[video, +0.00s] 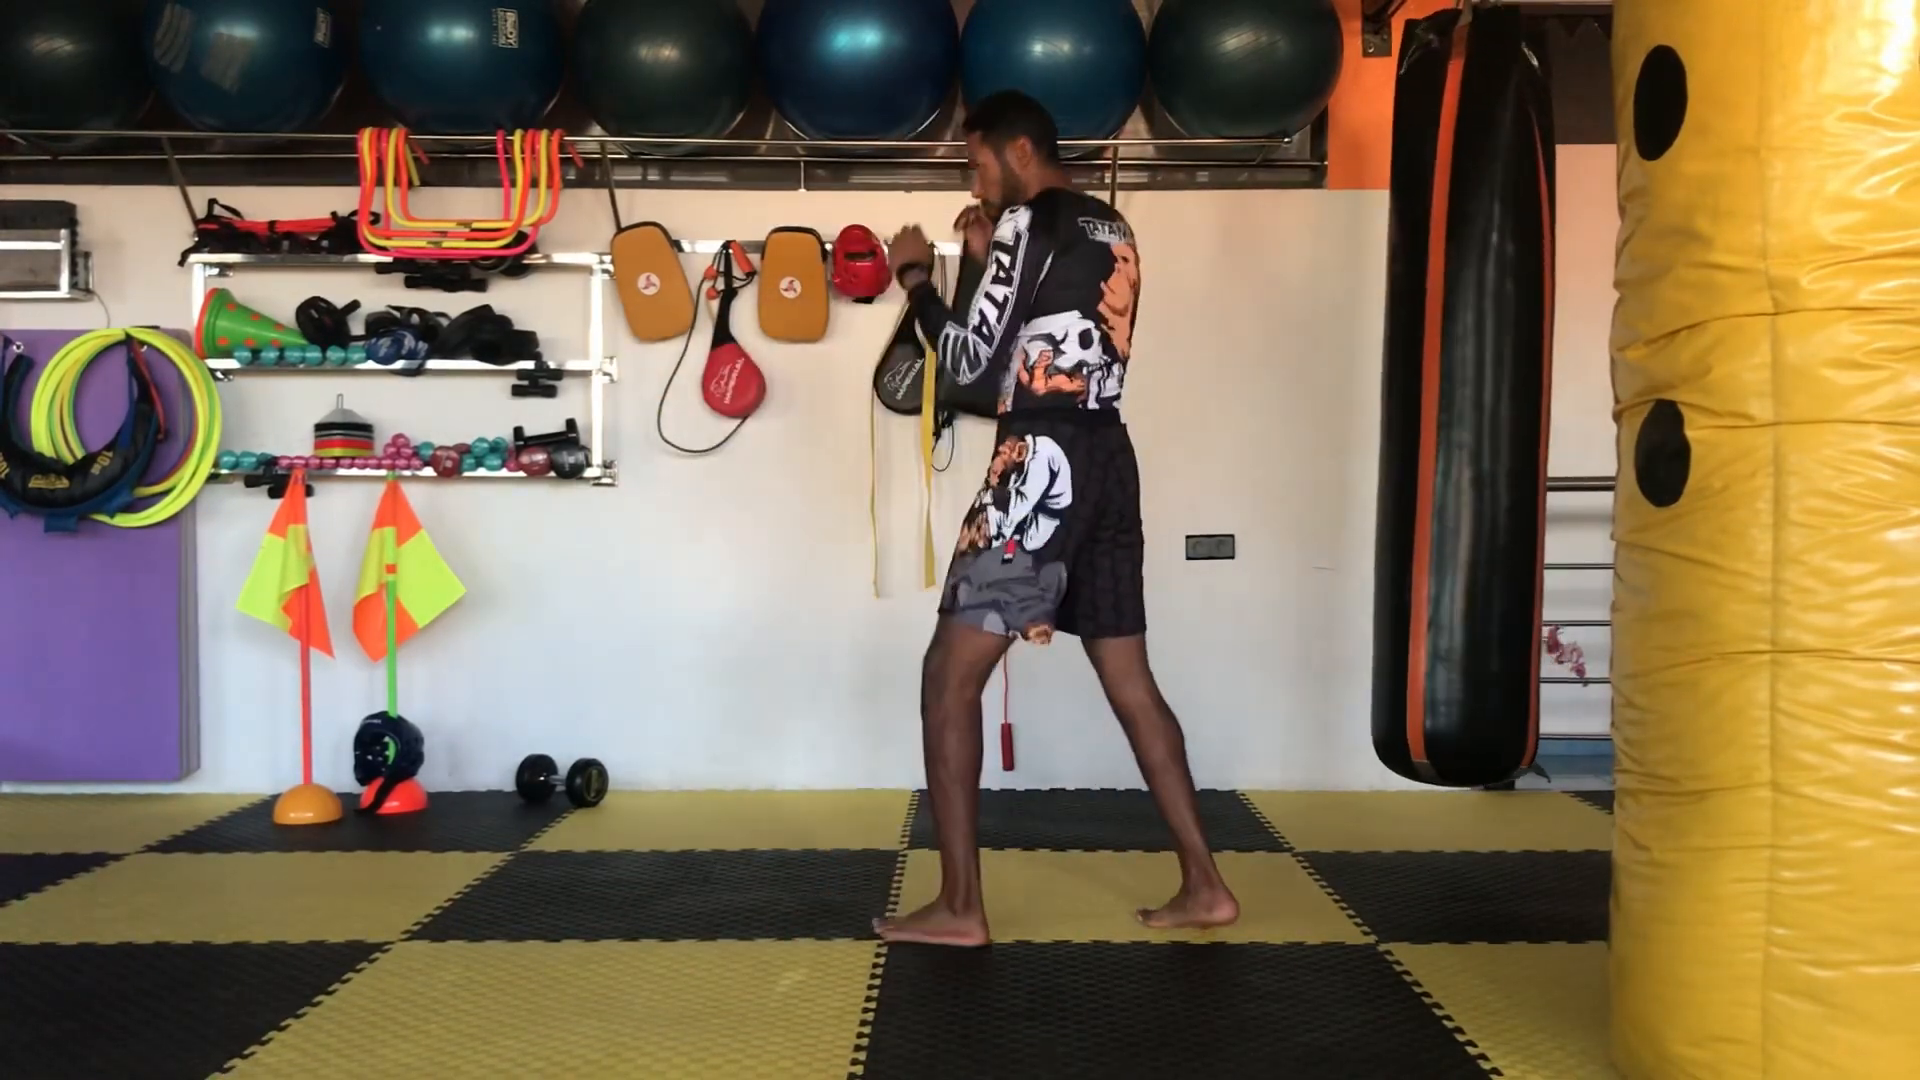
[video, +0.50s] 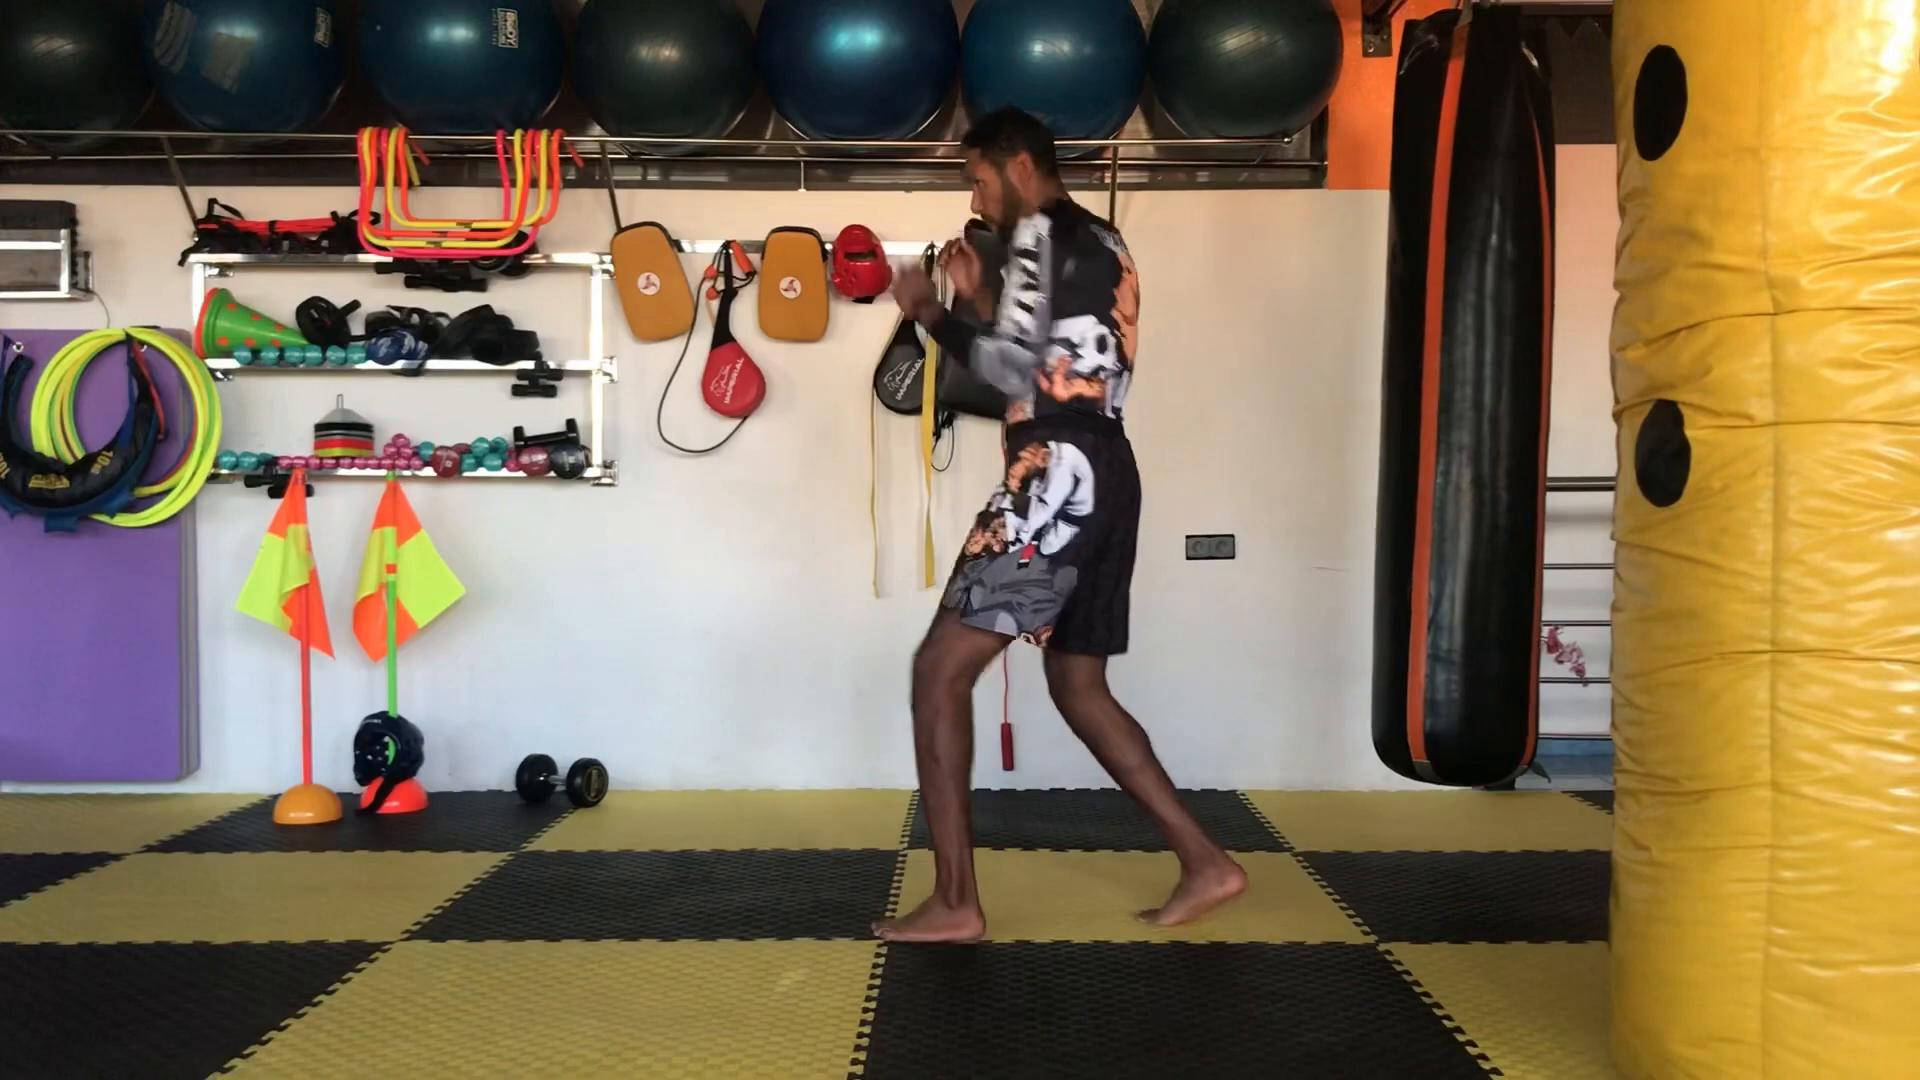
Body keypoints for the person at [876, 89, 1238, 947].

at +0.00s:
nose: (976, 180)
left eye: (977, 163)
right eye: (973, 166)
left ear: (1018, 151)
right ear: (1043, 150)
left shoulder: (1028, 225)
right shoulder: (1111, 228)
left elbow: (975, 361)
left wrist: (920, 282)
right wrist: (988, 262)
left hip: (1040, 465)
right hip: (1106, 464)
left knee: (951, 679)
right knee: (1133, 687)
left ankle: (959, 905)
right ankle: (1205, 883)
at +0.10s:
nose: (957, 190)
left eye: (959, 171)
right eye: (953, 173)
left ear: (1001, 161)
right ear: (1022, 160)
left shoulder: (1009, 236)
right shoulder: (1099, 236)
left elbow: (976, 379)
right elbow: (1068, 365)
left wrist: (909, 313)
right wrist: (976, 282)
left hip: (1031, 476)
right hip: (1098, 474)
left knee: (941, 683)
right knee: (1116, 687)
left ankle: (957, 907)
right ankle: (1204, 882)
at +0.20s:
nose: (948, 188)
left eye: (951, 169)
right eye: (945, 171)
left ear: (992, 158)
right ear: (1013, 157)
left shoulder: (1001, 230)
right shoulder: (1089, 233)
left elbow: (967, 373)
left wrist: (900, 304)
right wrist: (963, 282)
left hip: (1026, 464)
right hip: (1092, 462)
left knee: (945, 681)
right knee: (1096, 675)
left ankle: (958, 908)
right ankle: (1196, 865)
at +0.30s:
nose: (958, 182)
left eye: (958, 167)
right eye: (954, 168)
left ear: (996, 152)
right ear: (1022, 149)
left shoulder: (1001, 217)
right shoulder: (1091, 225)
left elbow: (933, 337)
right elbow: (1038, 331)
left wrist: (885, 268)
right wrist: (973, 249)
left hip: (1026, 459)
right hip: (1091, 456)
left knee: (954, 680)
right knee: (1080, 667)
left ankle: (958, 906)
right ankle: (1191, 847)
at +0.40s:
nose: (966, 181)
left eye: (966, 165)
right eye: (961, 167)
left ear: (1004, 152)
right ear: (1033, 149)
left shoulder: (1012, 216)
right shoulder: (1101, 226)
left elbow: (945, 333)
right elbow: (1048, 327)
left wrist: (901, 260)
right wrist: (984, 251)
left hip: (1033, 462)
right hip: (1095, 460)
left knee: (957, 677)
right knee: (1074, 671)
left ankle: (957, 907)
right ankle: (1195, 841)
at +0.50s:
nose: (977, 197)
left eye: (979, 180)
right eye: (973, 183)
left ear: (1020, 167)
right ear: (1031, 167)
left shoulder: (1050, 242)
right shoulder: (1085, 242)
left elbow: (1034, 379)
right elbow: (1023, 364)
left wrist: (953, 318)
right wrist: (964, 303)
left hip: (1058, 473)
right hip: (1098, 471)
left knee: (940, 669)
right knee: (1079, 687)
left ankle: (954, 899)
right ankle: (1205, 863)